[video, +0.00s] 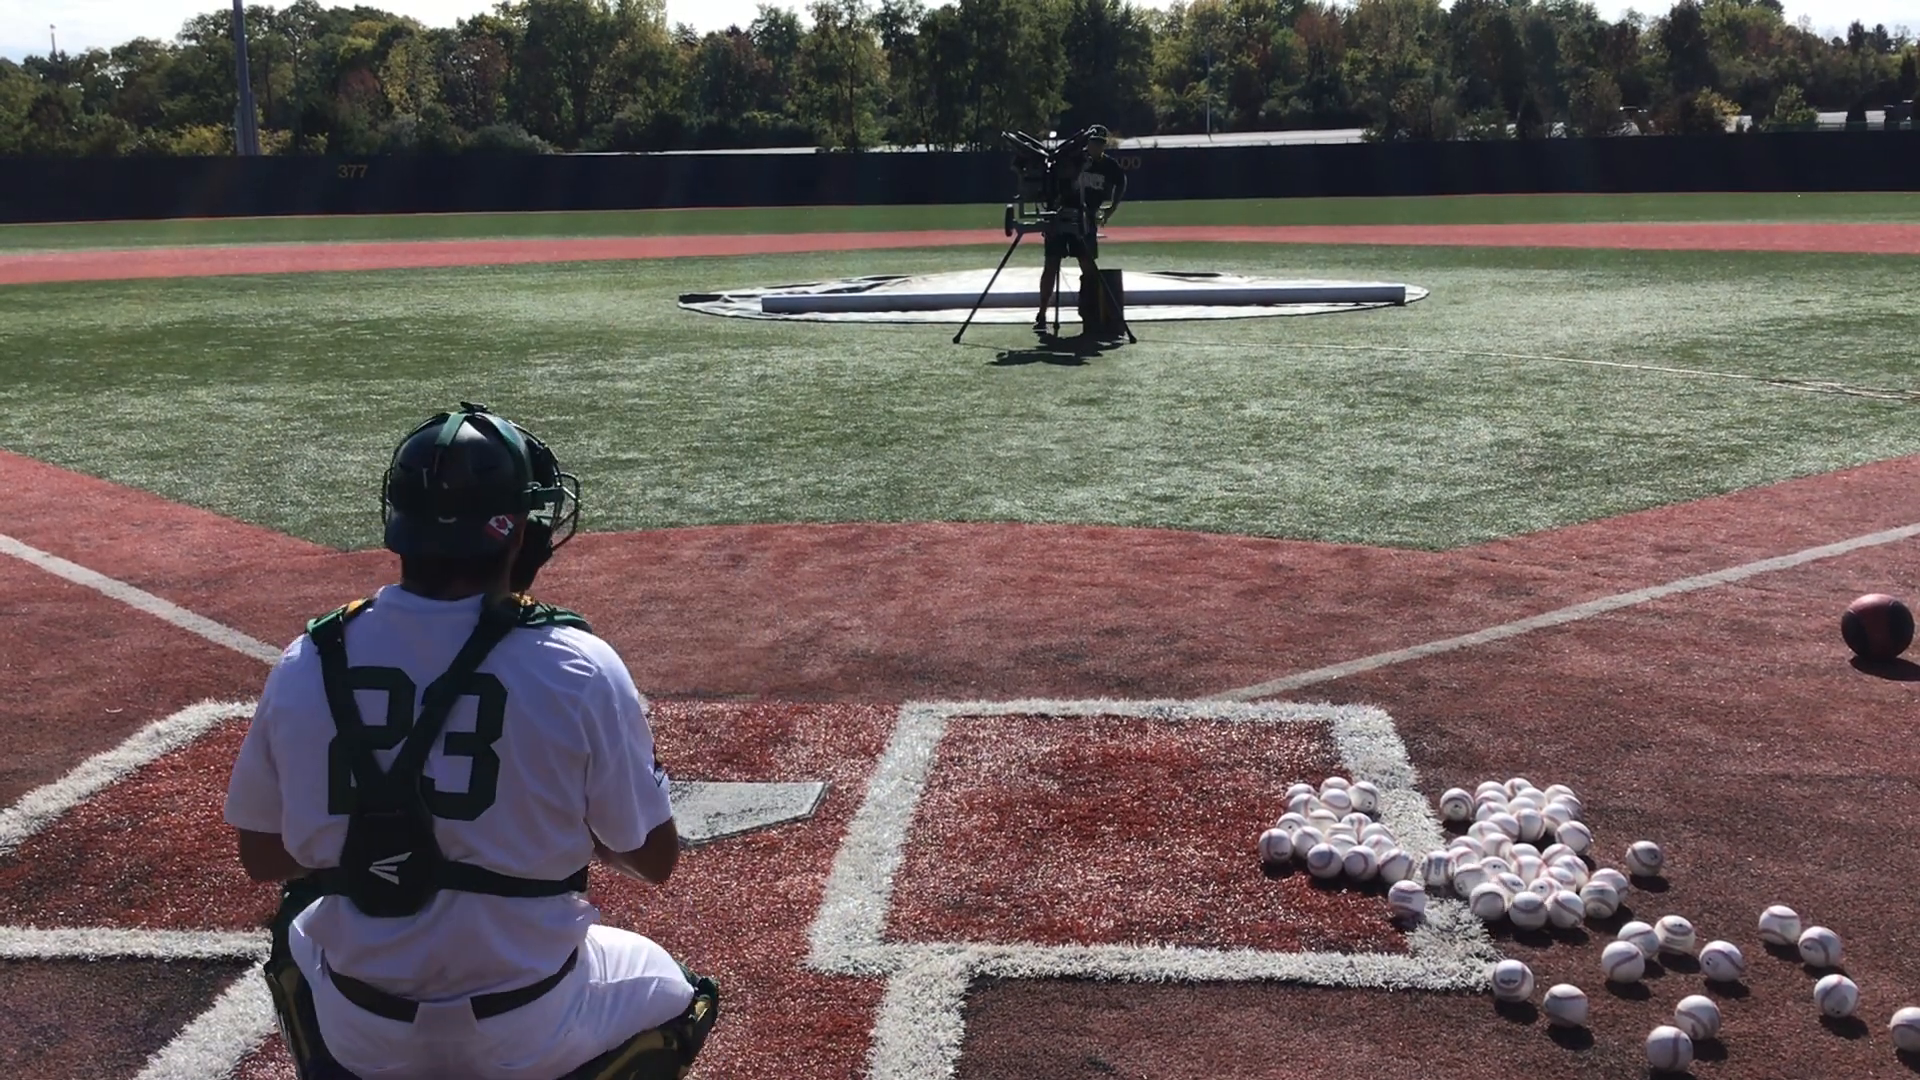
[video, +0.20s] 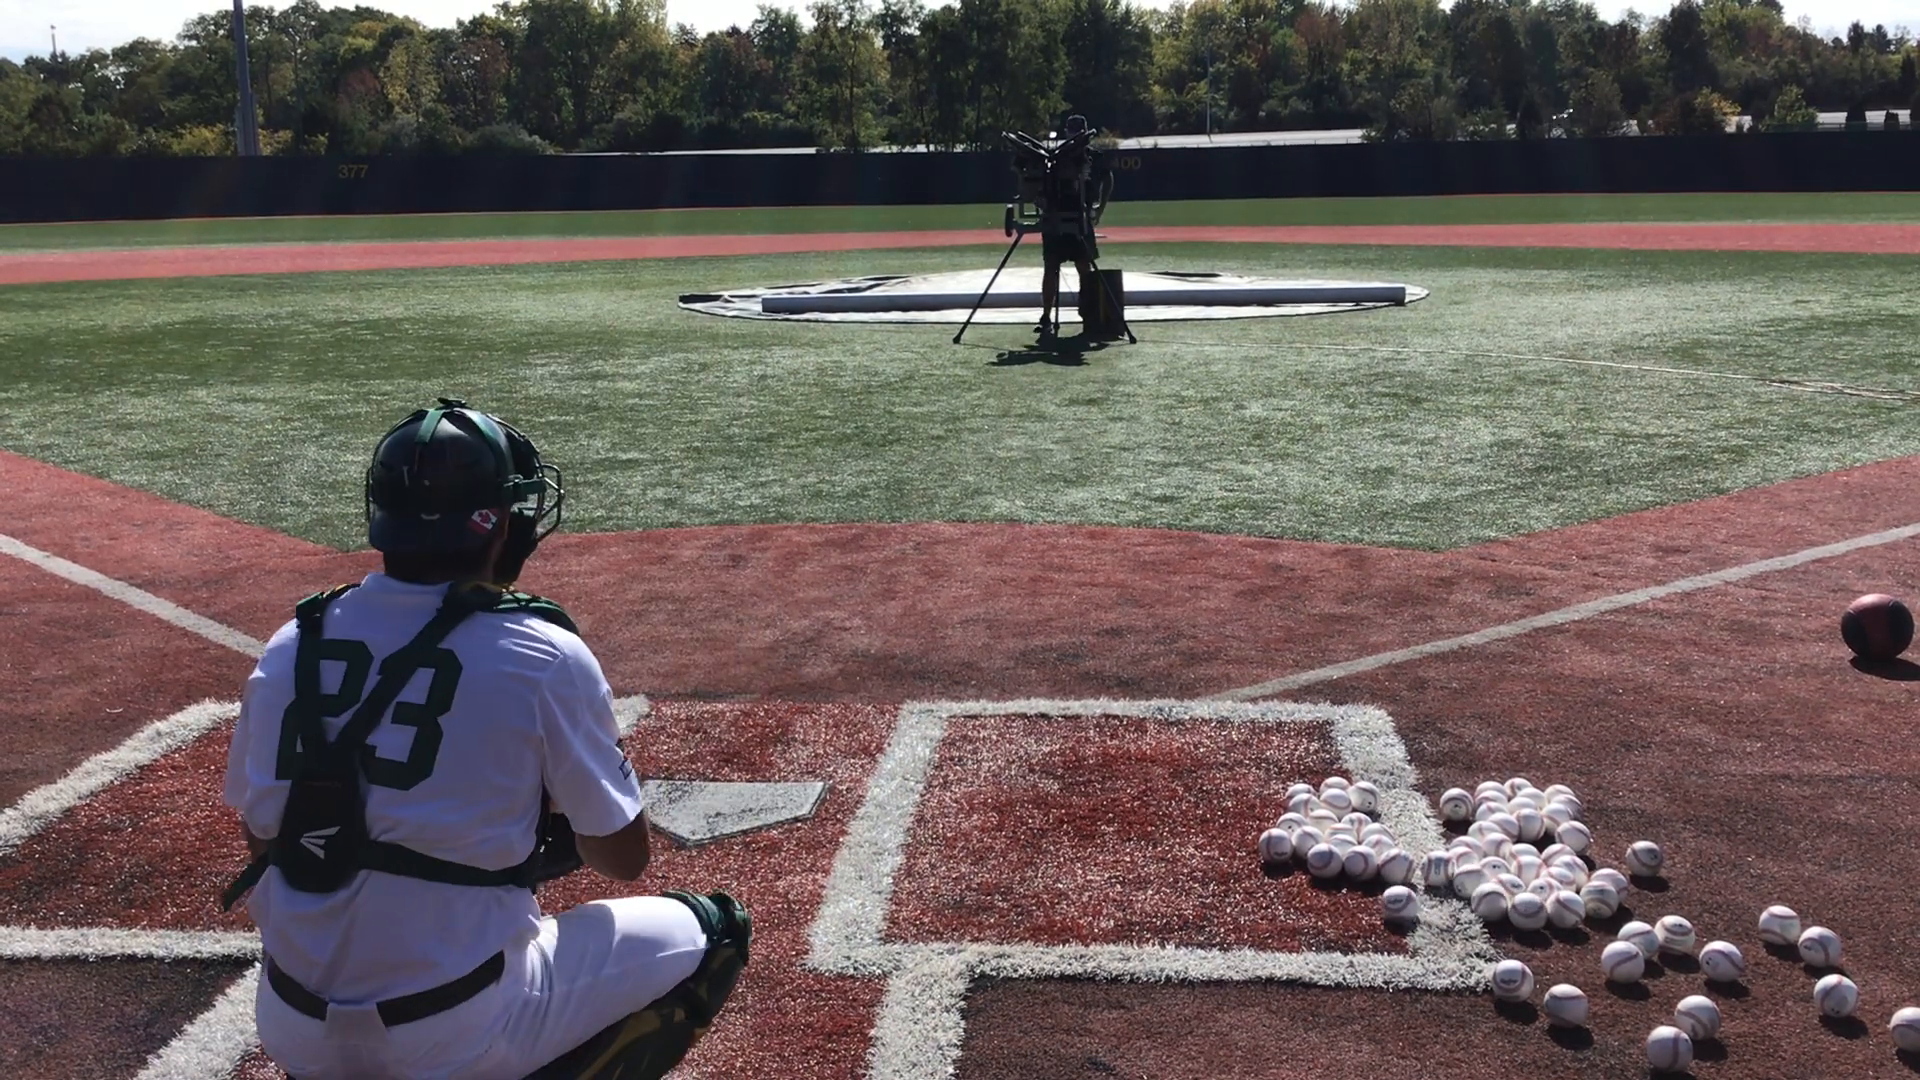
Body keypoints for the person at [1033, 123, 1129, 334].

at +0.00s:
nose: (1095, 148)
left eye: (1099, 144)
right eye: (1092, 143)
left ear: (1104, 145)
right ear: (1086, 143)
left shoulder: (1109, 165)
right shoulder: (1072, 160)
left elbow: (1121, 183)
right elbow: (1056, 181)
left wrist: (1110, 210)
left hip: (1085, 220)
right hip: (1059, 218)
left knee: (1088, 268)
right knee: (1050, 269)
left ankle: (1090, 313)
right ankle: (1042, 314)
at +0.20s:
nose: (1076, 135)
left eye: (1080, 131)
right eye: (1073, 130)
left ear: (1085, 133)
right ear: (1067, 131)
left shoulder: (1092, 155)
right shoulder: (1054, 153)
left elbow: (1107, 179)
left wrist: (1100, 208)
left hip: (1079, 220)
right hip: (1054, 221)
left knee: (1085, 270)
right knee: (1051, 272)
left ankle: (1091, 316)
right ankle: (1046, 317)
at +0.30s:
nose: (1064, 133)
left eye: (1068, 128)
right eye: (1061, 128)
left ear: (1076, 131)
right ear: (1055, 130)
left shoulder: (1084, 153)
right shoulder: (1047, 152)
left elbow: (1103, 182)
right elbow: (1032, 181)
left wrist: (1097, 211)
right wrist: (1030, 209)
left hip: (1075, 218)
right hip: (1049, 219)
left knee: (1082, 271)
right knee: (1048, 271)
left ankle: (1089, 316)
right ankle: (1046, 316)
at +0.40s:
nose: (1054, 135)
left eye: (1057, 130)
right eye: (1051, 130)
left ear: (1065, 131)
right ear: (1047, 132)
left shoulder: (1077, 153)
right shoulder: (1039, 154)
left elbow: (1096, 180)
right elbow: (1028, 186)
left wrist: (1090, 204)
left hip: (1072, 219)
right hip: (1046, 220)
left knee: (1081, 270)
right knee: (1047, 272)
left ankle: (1089, 315)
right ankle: (1046, 317)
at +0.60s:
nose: (1050, 134)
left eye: (1053, 130)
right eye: (1046, 130)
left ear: (1060, 130)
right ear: (1039, 131)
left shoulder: (1071, 152)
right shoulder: (1034, 155)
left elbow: (1095, 174)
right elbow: (1024, 187)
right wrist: (1020, 215)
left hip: (1070, 219)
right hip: (1044, 220)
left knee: (1075, 270)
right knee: (1046, 272)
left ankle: (1080, 317)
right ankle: (1046, 317)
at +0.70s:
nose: (1047, 133)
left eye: (1051, 128)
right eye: (1043, 128)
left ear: (1058, 130)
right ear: (1038, 130)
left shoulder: (1070, 150)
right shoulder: (1034, 152)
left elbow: (1089, 158)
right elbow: (1023, 179)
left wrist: (1074, 132)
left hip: (1069, 218)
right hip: (1044, 219)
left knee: (1070, 270)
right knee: (1046, 271)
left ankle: (1072, 315)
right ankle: (1046, 316)